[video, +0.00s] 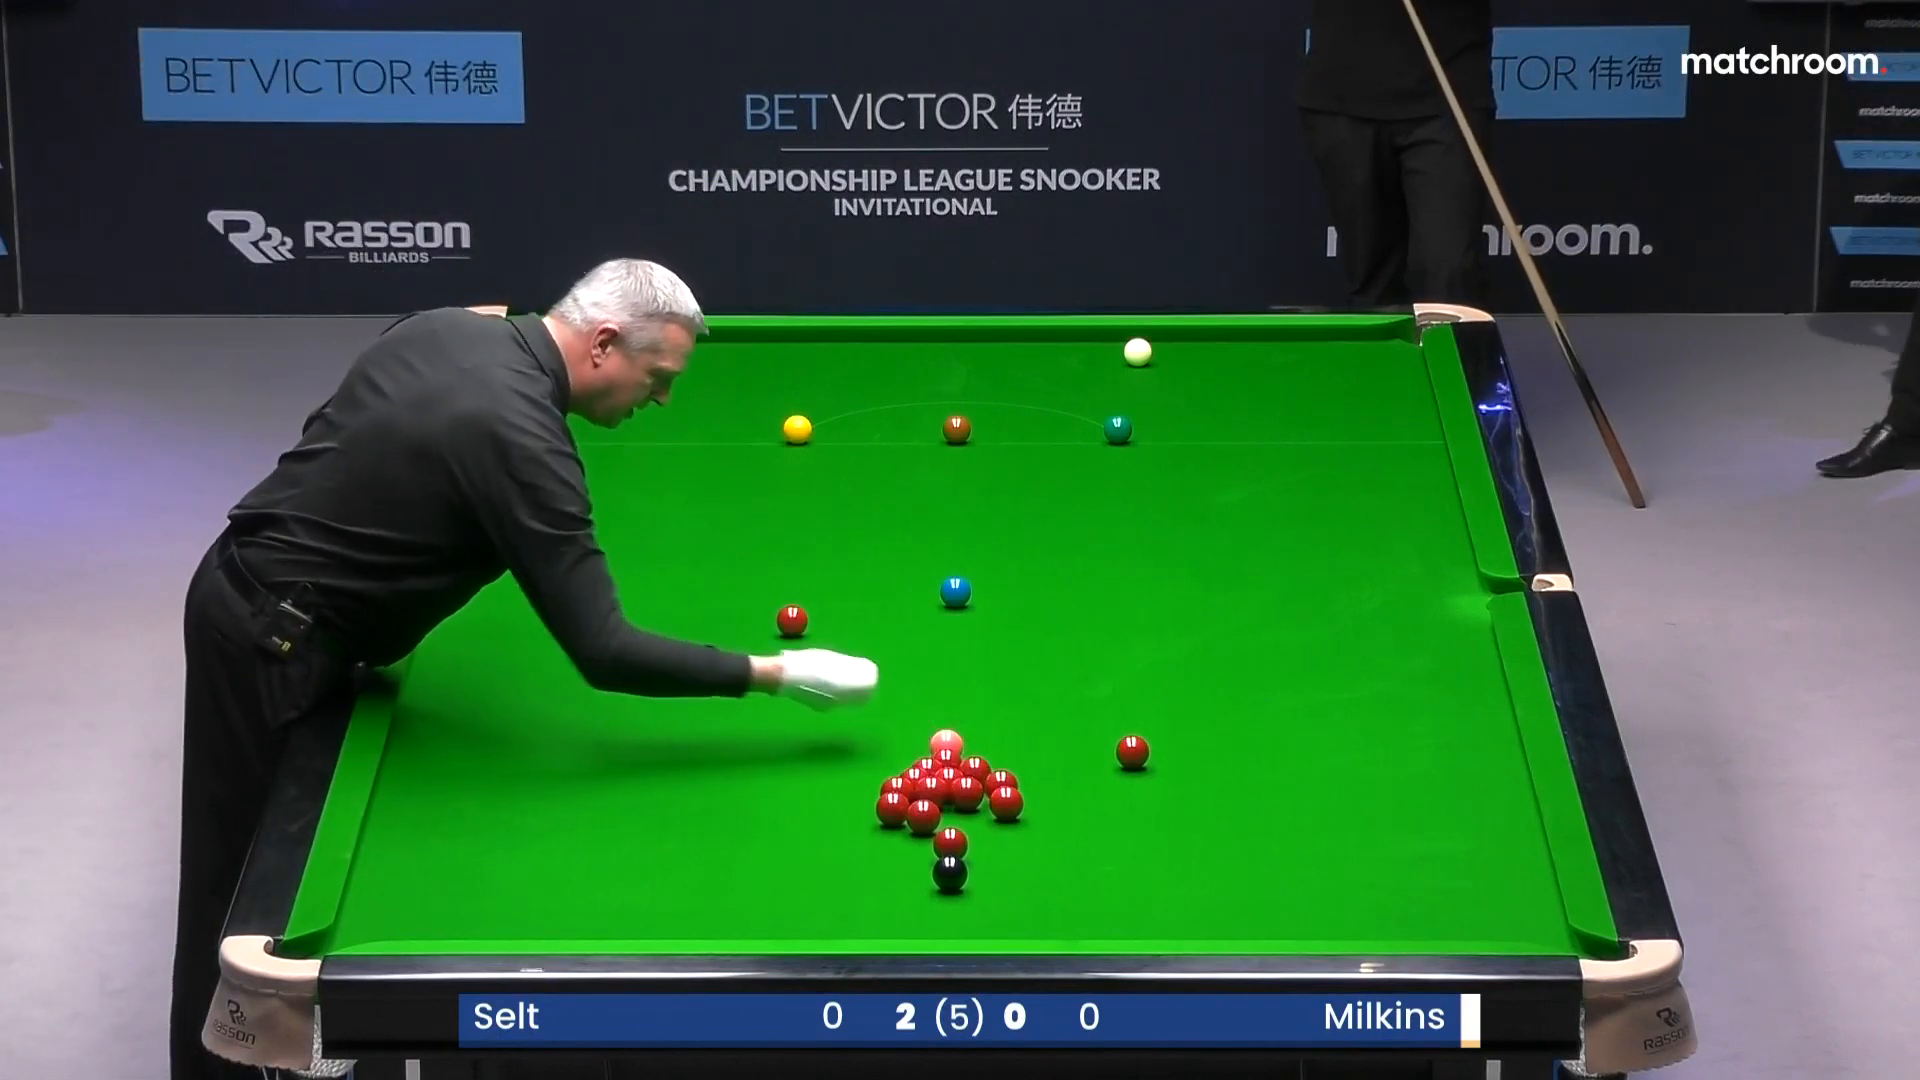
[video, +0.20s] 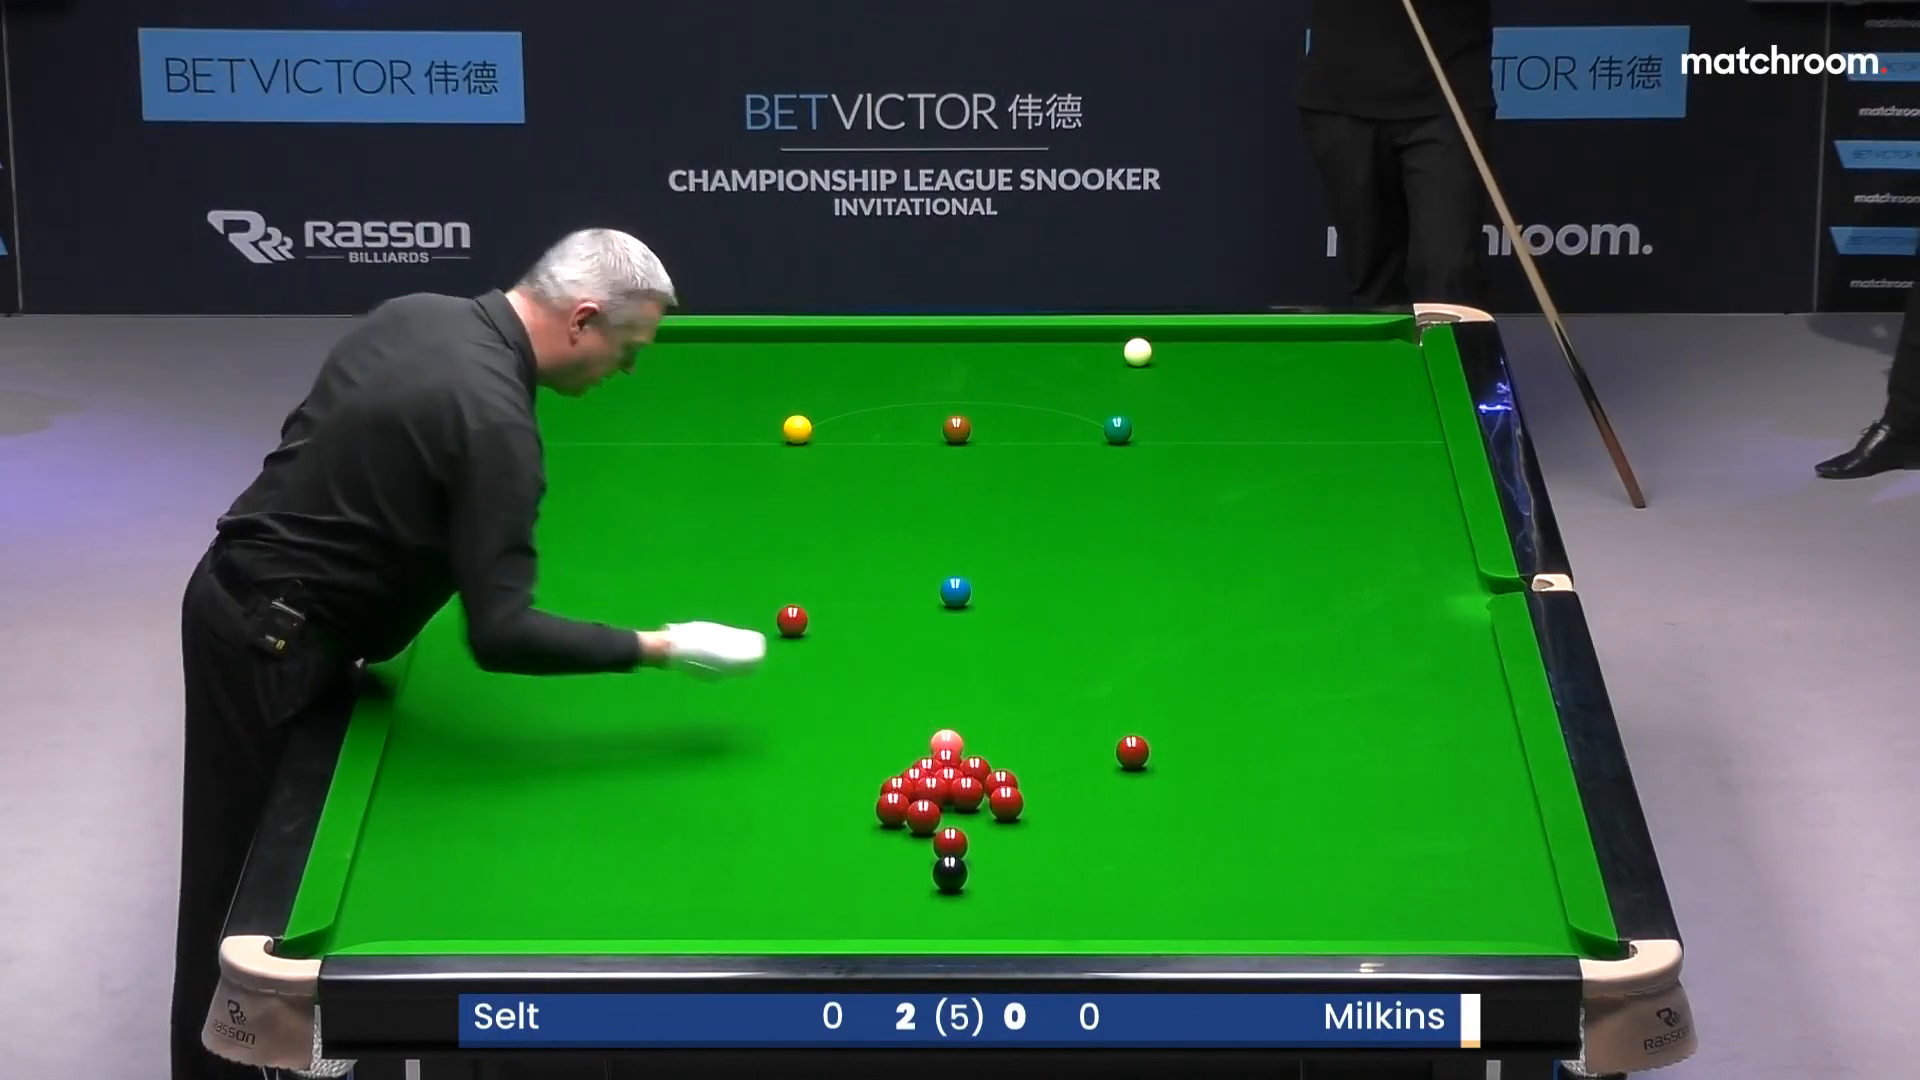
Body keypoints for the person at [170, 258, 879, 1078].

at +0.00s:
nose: (659, 398)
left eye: (670, 382)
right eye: (660, 376)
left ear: (587, 323)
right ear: (600, 338)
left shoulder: (449, 329)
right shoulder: (522, 433)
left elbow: (326, 444)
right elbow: (606, 652)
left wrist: (365, 619)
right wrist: (771, 668)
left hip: (246, 589)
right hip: (277, 634)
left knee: (244, 873)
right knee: (246, 884)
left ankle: (224, 1055)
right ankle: (218, 1063)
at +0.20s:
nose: (622, 369)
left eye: (632, 353)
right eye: (627, 349)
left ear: (565, 307)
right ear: (583, 317)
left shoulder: (415, 314)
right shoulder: (497, 422)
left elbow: (302, 445)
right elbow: (501, 635)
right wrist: (658, 644)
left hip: (234, 597)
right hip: (278, 640)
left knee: (234, 876)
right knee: (247, 890)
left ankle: (224, 1055)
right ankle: (216, 1061)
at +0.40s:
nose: (554, 317)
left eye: (561, 302)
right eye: (562, 303)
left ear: (476, 240)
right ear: (540, 294)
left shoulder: (357, 292)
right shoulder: (433, 386)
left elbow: (280, 445)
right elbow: (370, 577)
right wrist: (509, 611)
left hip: (217, 600)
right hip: (264, 638)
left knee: (232, 857)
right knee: (243, 869)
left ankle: (214, 1051)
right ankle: (211, 1057)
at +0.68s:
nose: (460, 296)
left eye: (473, 279)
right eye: (470, 277)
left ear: (391, 221)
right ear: (441, 250)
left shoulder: (280, 278)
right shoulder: (347, 343)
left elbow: (268, 430)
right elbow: (291, 535)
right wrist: (402, 580)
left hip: (183, 608)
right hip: (231, 633)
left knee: (212, 854)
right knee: (234, 865)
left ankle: (207, 1053)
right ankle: (212, 1061)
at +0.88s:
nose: (401, 296)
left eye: (415, 280)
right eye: (409, 274)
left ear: (354, 224)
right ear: (366, 235)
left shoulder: (230, 279)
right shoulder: (280, 337)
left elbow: (223, 444)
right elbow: (241, 535)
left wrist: (333, 498)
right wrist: (359, 574)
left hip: (156, 615)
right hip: (190, 639)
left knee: (205, 874)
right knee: (207, 892)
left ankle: (153, 1058)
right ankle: (140, 1066)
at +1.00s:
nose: (365, 303)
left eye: (378, 289)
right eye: (370, 282)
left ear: (314, 234)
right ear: (320, 239)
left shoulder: (219, 287)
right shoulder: (231, 340)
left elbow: (227, 461)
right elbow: (182, 545)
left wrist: (326, 504)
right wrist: (320, 585)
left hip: (174, 631)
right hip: (151, 643)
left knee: (207, 875)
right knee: (159, 878)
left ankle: (214, 1066)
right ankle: (31, 1064)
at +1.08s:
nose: (341, 308)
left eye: (354, 295)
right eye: (342, 287)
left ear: (289, 243)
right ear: (287, 243)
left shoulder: (213, 306)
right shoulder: (188, 344)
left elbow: (220, 475)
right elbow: (127, 549)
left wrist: (313, 519)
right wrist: (274, 597)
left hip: (168, 644)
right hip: (116, 653)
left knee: (199, 890)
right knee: (101, 892)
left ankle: (211, 1069)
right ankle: (14, 1057)